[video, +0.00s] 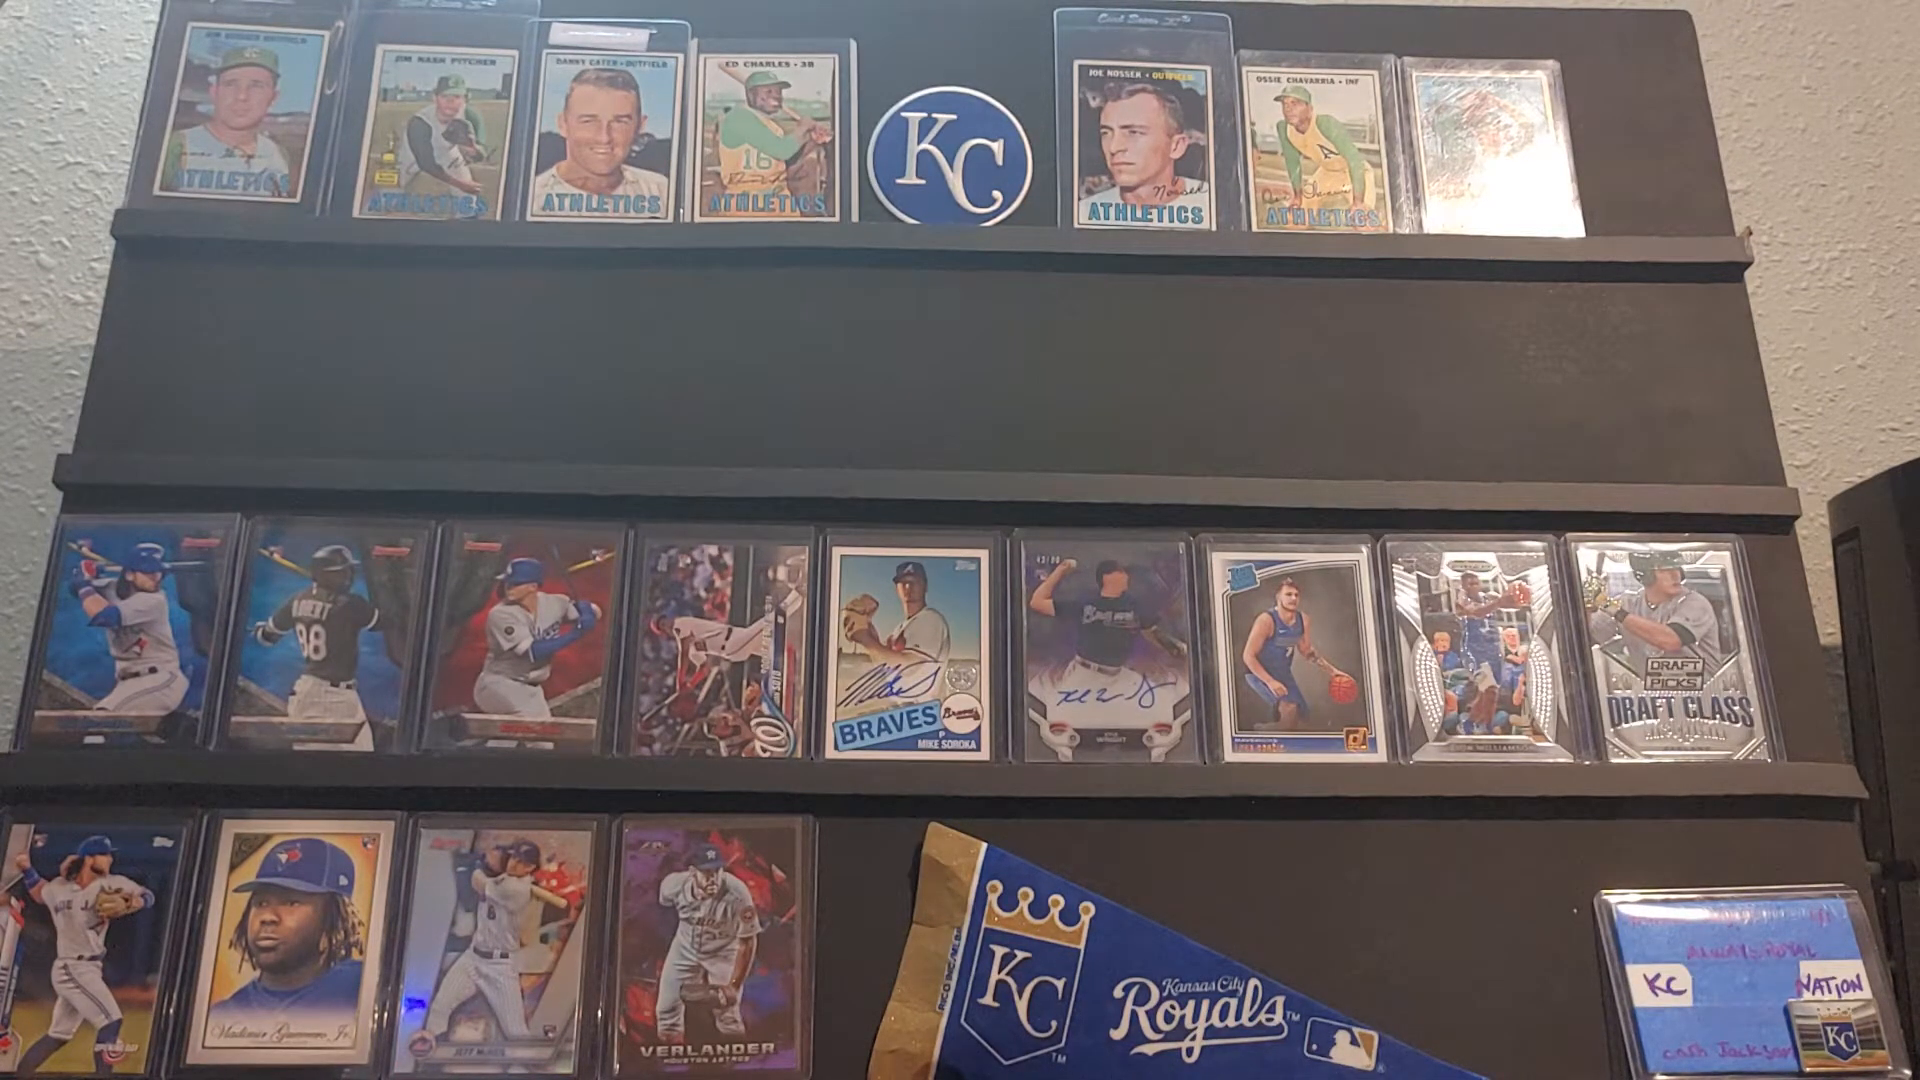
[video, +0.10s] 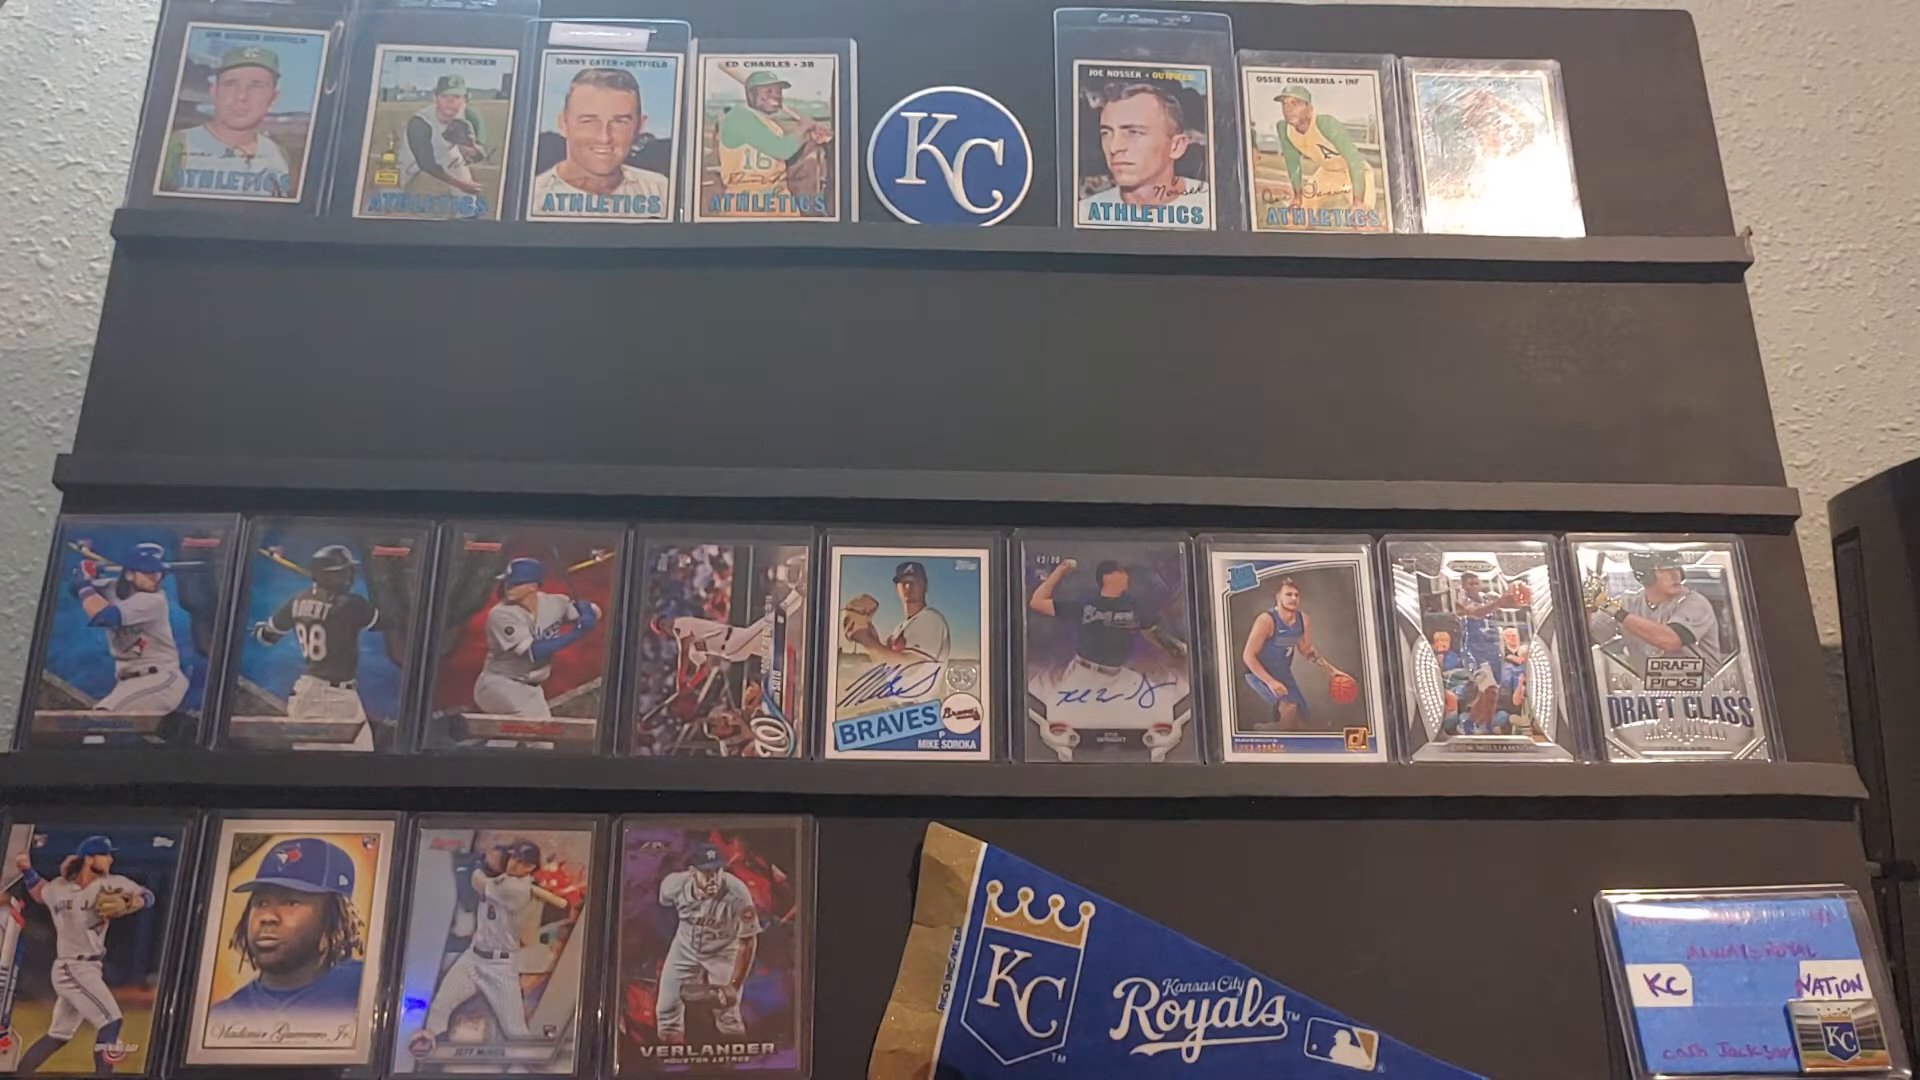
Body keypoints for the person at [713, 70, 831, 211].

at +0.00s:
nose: (777, 98)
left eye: (778, 93)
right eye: (770, 93)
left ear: (782, 93)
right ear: (752, 95)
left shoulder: (775, 127)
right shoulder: (738, 118)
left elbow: (784, 170)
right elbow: (782, 151)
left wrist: (811, 143)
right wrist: (802, 128)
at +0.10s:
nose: (776, 98)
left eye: (779, 92)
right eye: (769, 92)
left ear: (782, 93)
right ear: (752, 95)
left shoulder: (774, 126)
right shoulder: (738, 118)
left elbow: (784, 169)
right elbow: (782, 151)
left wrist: (812, 143)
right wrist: (803, 128)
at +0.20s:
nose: (777, 98)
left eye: (779, 93)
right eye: (770, 93)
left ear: (782, 93)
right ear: (752, 95)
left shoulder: (774, 127)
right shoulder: (738, 118)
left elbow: (784, 169)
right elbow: (782, 151)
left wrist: (811, 143)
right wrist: (803, 128)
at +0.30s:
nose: (777, 98)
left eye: (779, 93)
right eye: (770, 93)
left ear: (782, 93)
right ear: (752, 95)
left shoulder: (774, 127)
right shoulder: (738, 118)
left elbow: (784, 169)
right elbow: (782, 151)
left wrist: (812, 143)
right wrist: (803, 128)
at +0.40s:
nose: (777, 98)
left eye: (779, 93)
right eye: (770, 92)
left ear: (782, 93)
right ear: (752, 95)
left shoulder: (775, 127)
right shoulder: (738, 117)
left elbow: (783, 169)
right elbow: (782, 151)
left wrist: (812, 144)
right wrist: (803, 128)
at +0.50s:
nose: (777, 99)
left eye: (779, 93)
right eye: (770, 93)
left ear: (782, 93)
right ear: (752, 95)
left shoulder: (774, 127)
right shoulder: (738, 118)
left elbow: (784, 170)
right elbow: (782, 151)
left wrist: (812, 143)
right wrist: (803, 128)